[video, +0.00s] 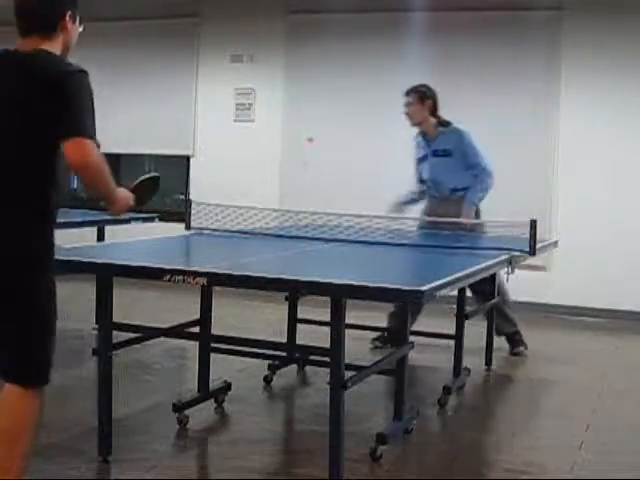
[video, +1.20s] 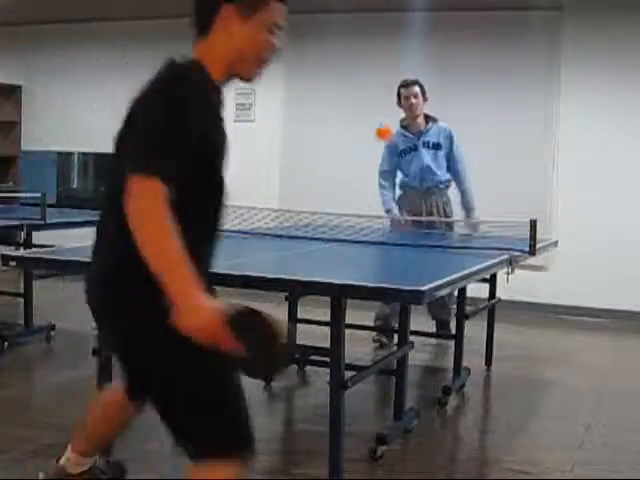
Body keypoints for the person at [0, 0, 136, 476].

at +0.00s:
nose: (78, 34)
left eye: (77, 25)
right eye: (78, 24)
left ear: (19, 23)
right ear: (67, 23)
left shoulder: (4, 65)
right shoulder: (65, 77)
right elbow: (80, 153)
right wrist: (114, 196)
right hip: (20, 244)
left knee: (17, 365)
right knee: (22, 373)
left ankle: (12, 465)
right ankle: (10, 471)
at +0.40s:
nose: (101, 40)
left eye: (101, 30)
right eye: (101, 30)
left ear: (44, 31)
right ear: (90, 32)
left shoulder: (12, 79)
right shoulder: (73, 84)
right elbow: (58, 164)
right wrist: (101, 213)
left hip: (7, 253)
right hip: (30, 259)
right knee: (94, 361)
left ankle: (80, 457)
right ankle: (79, 471)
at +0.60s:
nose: (134, 54)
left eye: (134, 44)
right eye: (133, 44)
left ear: (75, 45)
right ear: (118, 44)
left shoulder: (37, 105)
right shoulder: (103, 101)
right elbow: (98, 189)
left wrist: (135, 215)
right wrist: (153, 228)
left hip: (13, 275)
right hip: (69, 281)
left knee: (7, 386)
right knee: (130, 391)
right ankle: (105, 473)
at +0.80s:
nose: (173, 23)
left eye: (174, 13)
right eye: (171, 11)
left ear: (128, 9)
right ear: (146, 7)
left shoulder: (73, 63)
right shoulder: (116, 56)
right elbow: (95, 143)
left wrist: (162, 210)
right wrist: (167, 206)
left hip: (53, 242)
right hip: (93, 245)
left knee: (69, 359)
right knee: (138, 378)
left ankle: (34, 458)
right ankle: (121, 473)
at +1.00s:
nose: (208, 42)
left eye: (210, 29)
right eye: (205, 26)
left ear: (170, 22)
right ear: (172, 20)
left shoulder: (142, 90)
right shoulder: (129, 90)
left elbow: (117, 187)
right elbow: (96, 183)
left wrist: (166, 207)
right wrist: (120, 270)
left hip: (96, 274)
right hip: (98, 275)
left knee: (108, 377)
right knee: (197, 389)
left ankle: (70, 469)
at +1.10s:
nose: (243, 30)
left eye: (245, 17)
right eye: (238, 14)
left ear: (201, 12)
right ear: (200, 9)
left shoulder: (168, 76)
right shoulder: (158, 76)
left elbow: (144, 185)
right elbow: (113, 178)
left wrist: (167, 272)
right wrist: (134, 270)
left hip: (106, 268)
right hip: (130, 270)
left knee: (114, 370)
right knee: (213, 404)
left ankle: (77, 464)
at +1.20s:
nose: (275, 47)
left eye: (277, 34)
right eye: (270, 29)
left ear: (230, 21)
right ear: (229, 18)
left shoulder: (197, 95)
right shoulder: (178, 92)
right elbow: (143, 200)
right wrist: (190, 300)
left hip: (140, 287)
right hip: (146, 293)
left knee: (135, 386)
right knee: (223, 451)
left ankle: (73, 464)